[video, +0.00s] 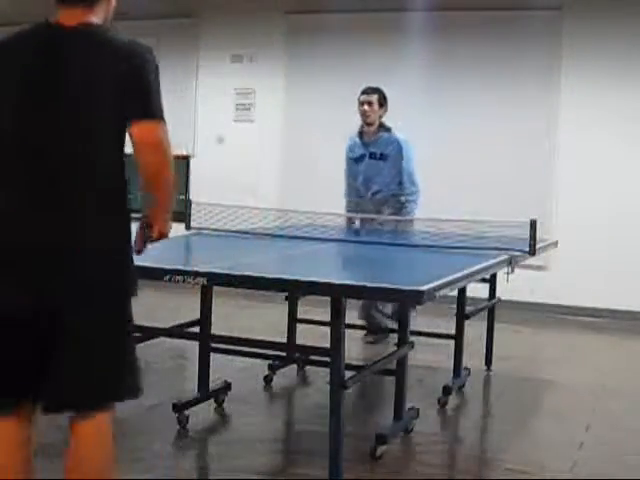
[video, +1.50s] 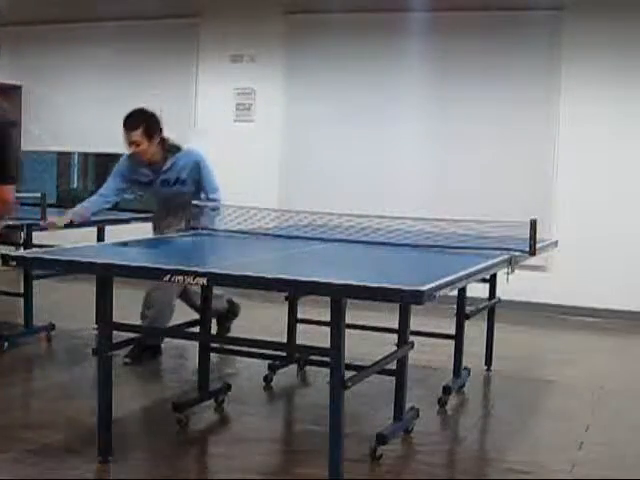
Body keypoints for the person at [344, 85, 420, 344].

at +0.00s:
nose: (365, 109)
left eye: (370, 104)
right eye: (362, 104)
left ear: (382, 109)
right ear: (358, 109)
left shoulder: (396, 144)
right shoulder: (353, 146)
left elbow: (410, 186)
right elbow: (350, 188)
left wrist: (405, 220)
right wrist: (350, 220)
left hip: (392, 216)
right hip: (363, 217)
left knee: (389, 267)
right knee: (363, 268)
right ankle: (375, 322)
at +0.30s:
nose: (324, 109)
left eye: (328, 103)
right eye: (319, 105)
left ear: (341, 101)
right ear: (316, 106)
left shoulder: (365, 136)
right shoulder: (316, 140)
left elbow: (385, 177)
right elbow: (306, 179)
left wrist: (385, 213)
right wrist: (291, 213)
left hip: (358, 200)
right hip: (329, 200)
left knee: (363, 259)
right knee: (317, 256)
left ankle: (375, 324)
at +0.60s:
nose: (266, 103)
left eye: (270, 96)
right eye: (263, 98)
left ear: (286, 94)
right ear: (262, 101)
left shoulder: (313, 131)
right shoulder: (260, 133)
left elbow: (331, 173)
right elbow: (247, 173)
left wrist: (337, 211)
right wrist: (241, 207)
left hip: (297, 200)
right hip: (262, 199)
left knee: (313, 258)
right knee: (246, 255)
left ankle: (339, 317)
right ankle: (247, 323)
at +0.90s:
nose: (228, 93)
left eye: (232, 86)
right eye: (224, 88)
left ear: (248, 85)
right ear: (221, 91)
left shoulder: (272, 123)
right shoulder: (218, 126)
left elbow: (284, 162)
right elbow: (207, 167)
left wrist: (280, 201)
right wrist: (202, 209)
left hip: (259, 190)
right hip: (230, 189)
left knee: (250, 253)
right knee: (225, 254)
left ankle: (248, 318)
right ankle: (242, 319)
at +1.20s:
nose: (186, 106)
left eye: (191, 99)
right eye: (183, 100)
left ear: (208, 99)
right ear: (181, 102)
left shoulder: (230, 138)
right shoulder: (179, 136)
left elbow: (249, 179)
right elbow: (162, 174)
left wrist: (243, 223)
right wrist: (140, 209)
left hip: (221, 206)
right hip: (193, 205)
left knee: (194, 271)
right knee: (208, 271)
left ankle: (159, 332)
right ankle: (243, 319)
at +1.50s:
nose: (132, 151)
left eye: (136, 144)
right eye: (129, 145)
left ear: (157, 138)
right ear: (127, 142)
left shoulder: (192, 161)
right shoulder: (130, 165)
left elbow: (212, 202)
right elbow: (106, 197)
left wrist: (200, 238)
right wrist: (68, 219)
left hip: (192, 231)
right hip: (162, 230)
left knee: (165, 280)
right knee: (180, 281)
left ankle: (149, 341)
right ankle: (223, 307)